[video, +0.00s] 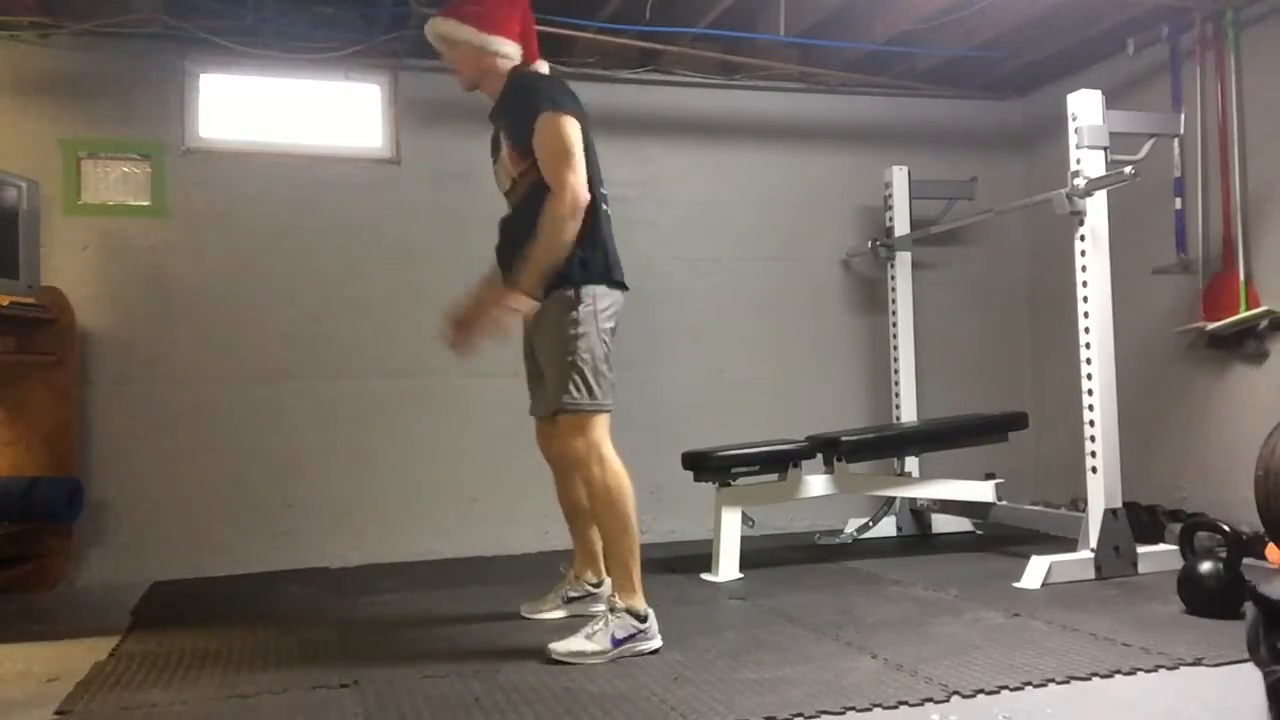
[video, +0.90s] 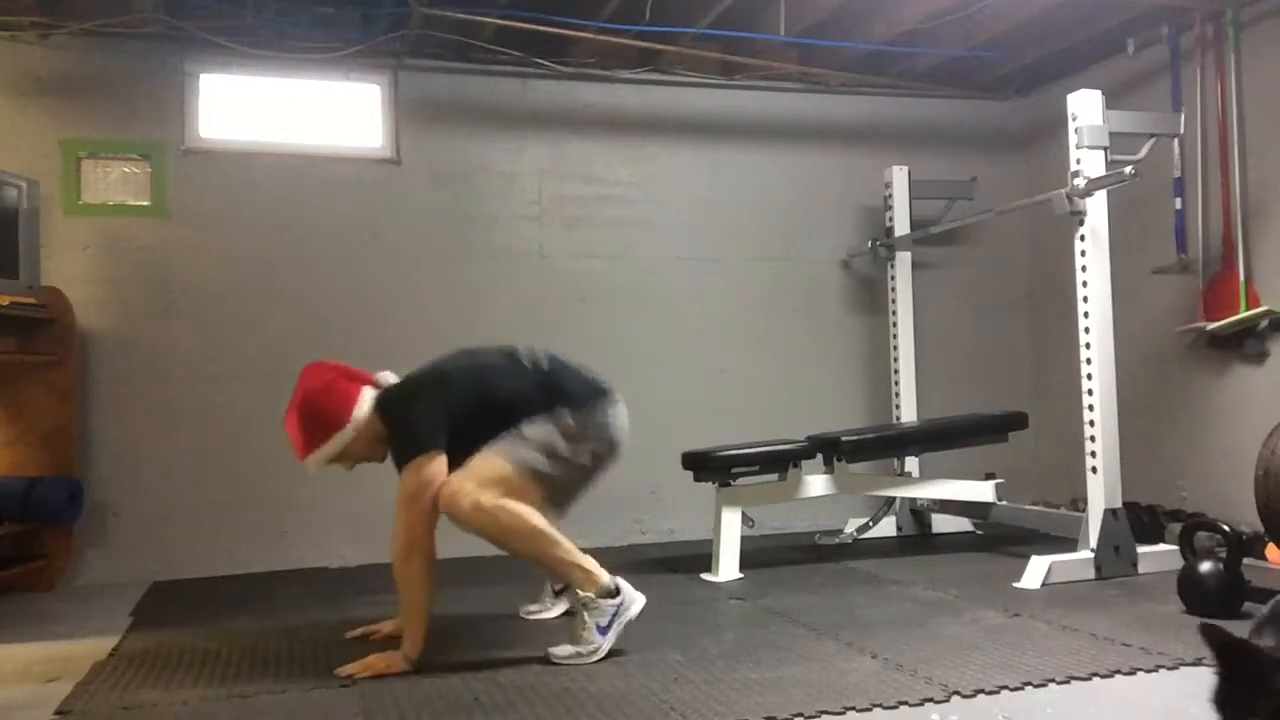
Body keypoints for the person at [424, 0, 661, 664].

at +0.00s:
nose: (447, 63)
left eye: (453, 48)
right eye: (445, 51)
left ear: (491, 46)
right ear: (485, 50)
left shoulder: (540, 93)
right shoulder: (502, 113)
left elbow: (572, 196)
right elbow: (525, 224)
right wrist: (483, 302)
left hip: (579, 290)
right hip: (550, 295)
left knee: (586, 442)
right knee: (558, 441)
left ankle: (633, 610)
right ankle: (591, 578)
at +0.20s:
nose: (410, 110)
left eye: (416, 94)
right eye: (408, 95)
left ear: (451, 86)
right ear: (451, 88)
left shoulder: (508, 129)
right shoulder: (481, 157)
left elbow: (547, 238)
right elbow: (506, 264)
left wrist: (553, 344)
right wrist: (502, 358)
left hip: (616, 296)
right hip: (584, 304)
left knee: (583, 440)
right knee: (564, 439)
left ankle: (635, 613)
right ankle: (591, 577)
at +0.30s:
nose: (392, 173)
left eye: (397, 155)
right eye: (389, 159)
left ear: (433, 147)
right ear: (436, 148)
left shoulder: (498, 187)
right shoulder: (474, 204)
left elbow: (529, 306)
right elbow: (494, 316)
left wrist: (528, 412)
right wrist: (488, 414)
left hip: (636, 311)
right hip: (602, 318)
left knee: (573, 444)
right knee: (549, 442)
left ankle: (634, 614)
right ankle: (592, 578)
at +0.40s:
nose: (397, 263)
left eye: (396, 246)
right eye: (388, 251)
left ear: (430, 224)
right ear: (429, 227)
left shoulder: (493, 254)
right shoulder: (471, 275)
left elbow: (507, 383)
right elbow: (479, 383)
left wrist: (494, 488)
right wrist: (464, 480)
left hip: (647, 336)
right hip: (612, 342)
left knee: (558, 450)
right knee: (532, 447)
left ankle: (634, 613)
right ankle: (590, 579)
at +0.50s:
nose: (387, 332)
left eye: (388, 316)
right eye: (380, 320)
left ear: (417, 297)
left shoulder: (488, 317)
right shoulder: (467, 328)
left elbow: (478, 448)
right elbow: (464, 445)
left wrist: (453, 553)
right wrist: (440, 542)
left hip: (649, 365)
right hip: (612, 367)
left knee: (542, 462)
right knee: (519, 459)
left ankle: (632, 615)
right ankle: (591, 580)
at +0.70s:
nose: (369, 424)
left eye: (369, 408)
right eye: (360, 414)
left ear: (395, 386)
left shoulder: (459, 396)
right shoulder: (441, 407)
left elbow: (435, 534)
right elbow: (436, 530)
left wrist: (406, 643)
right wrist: (411, 614)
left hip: (630, 427)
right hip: (607, 427)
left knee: (502, 485)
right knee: (483, 484)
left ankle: (624, 607)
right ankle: (581, 582)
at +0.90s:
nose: (350, 464)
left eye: (342, 453)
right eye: (338, 459)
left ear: (355, 423)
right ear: (360, 409)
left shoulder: (414, 409)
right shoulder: (410, 410)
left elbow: (413, 545)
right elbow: (417, 535)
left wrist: (410, 653)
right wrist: (409, 619)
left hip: (586, 416)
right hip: (572, 415)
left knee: (465, 494)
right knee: (467, 486)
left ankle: (606, 593)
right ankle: (571, 574)